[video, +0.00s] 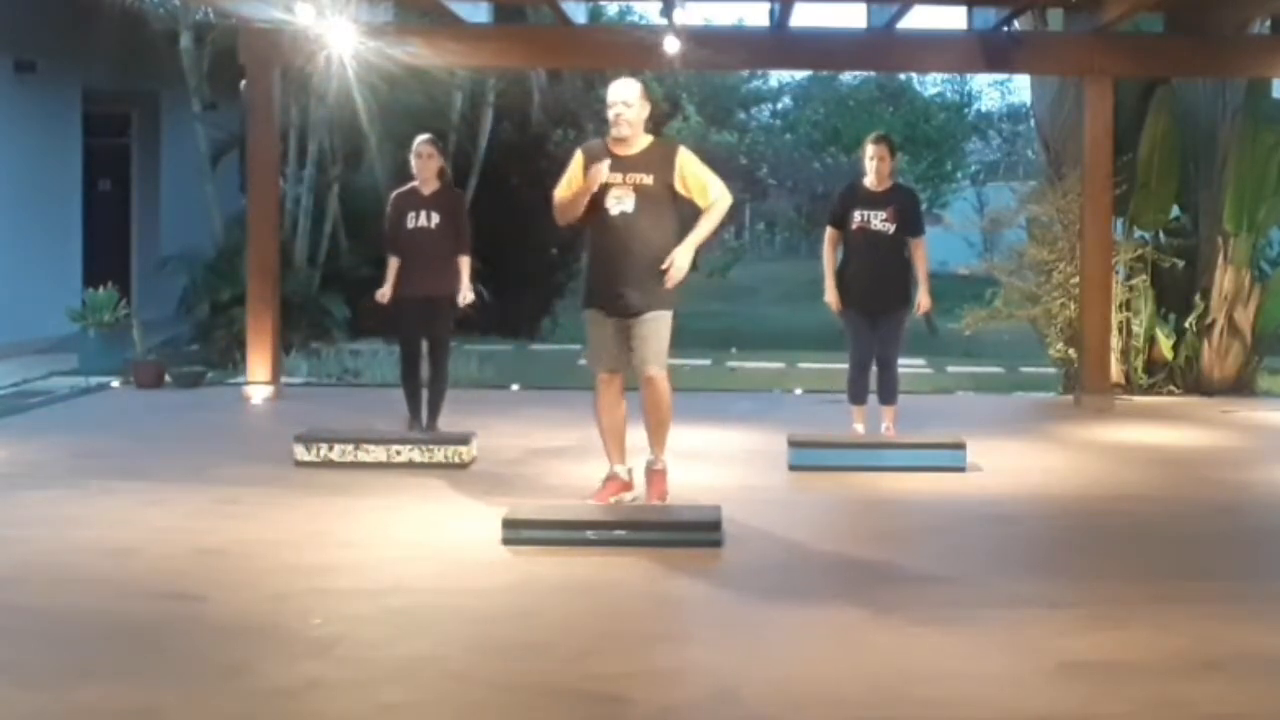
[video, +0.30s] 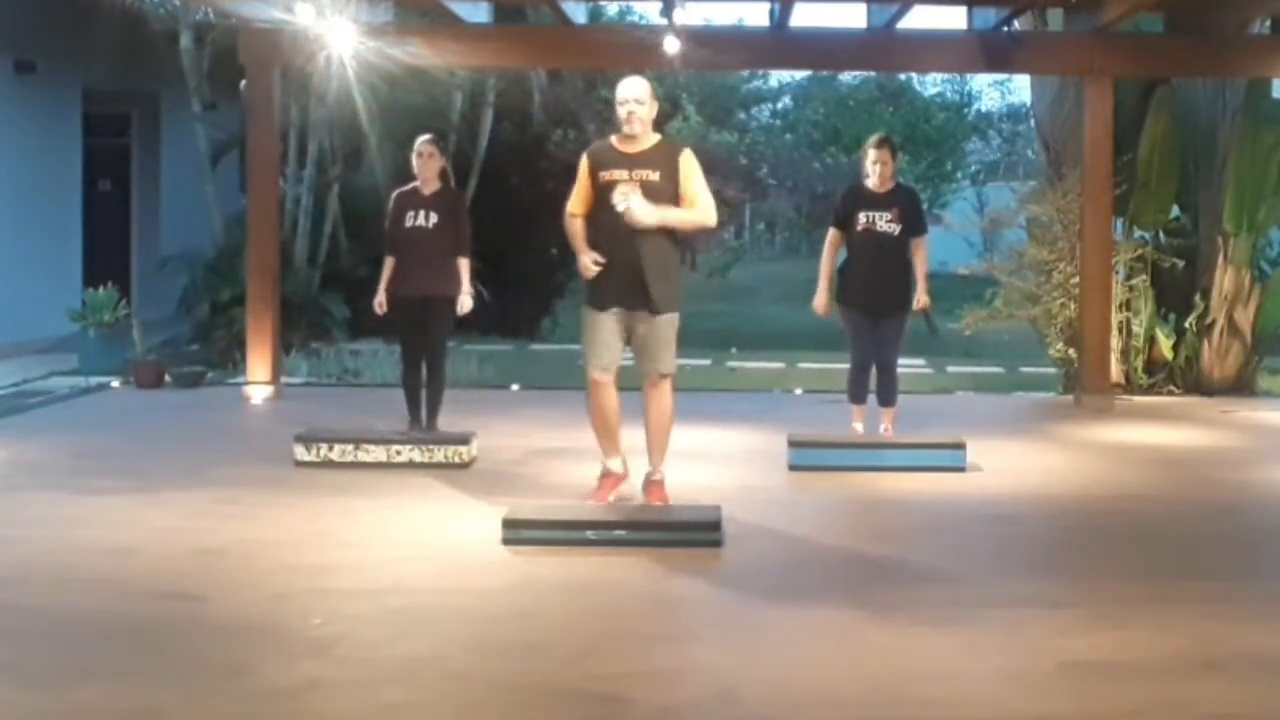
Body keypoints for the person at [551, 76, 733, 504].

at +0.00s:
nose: (616, 114)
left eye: (625, 106)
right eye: (611, 106)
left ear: (645, 111)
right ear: (605, 112)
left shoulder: (672, 156)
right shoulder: (589, 156)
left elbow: (721, 198)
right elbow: (562, 214)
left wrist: (687, 248)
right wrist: (588, 187)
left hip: (652, 290)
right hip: (602, 290)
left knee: (652, 375)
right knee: (607, 379)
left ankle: (657, 465)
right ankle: (618, 473)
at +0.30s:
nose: (630, 110)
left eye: (637, 103)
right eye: (623, 103)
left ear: (655, 108)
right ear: (614, 109)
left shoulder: (679, 157)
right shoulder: (596, 156)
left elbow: (706, 214)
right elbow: (574, 211)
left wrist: (653, 214)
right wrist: (582, 250)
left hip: (657, 289)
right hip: (605, 288)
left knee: (659, 380)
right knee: (599, 377)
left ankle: (656, 475)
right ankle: (613, 467)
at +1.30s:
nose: (630, 111)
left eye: (638, 104)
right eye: (624, 104)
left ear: (656, 110)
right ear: (615, 110)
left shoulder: (678, 158)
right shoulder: (597, 156)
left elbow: (718, 215)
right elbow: (578, 211)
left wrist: (699, 186)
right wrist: (573, 252)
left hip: (657, 292)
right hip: (603, 289)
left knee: (658, 381)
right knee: (592, 372)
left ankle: (656, 474)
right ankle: (603, 463)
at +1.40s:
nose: (628, 111)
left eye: (636, 104)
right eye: (622, 104)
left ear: (654, 109)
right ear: (613, 110)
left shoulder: (678, 155)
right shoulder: (595, 157)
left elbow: (719, 207)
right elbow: (577, 212)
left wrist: (728, 176)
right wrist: (571, 253)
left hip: (658, 288)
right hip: (603, 286)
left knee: (658, 381)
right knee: (592, 373)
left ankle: (656, 475)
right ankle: (602, 462)